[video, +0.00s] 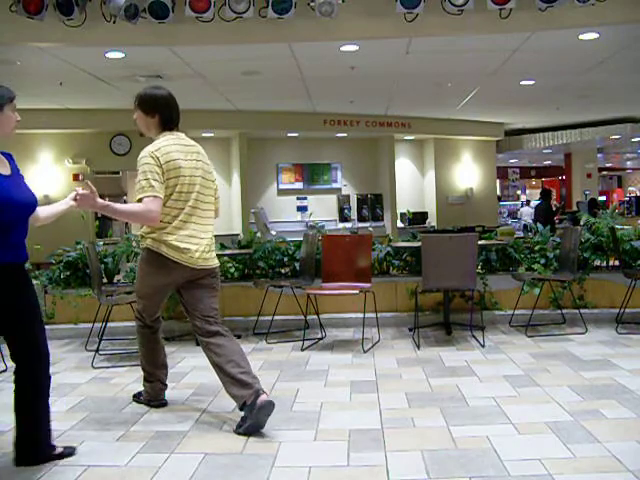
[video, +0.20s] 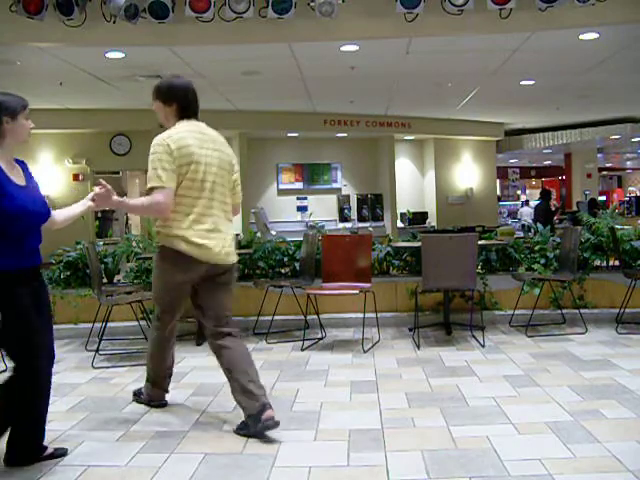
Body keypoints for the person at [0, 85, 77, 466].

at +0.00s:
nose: (18, 117)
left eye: (16, 110)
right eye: (13, 110)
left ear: (5, 116)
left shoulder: (8, 162)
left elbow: (32, 217)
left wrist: (72, 201)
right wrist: (70, 202)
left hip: (14, 274)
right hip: (3, 275)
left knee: (33, 358)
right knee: (31, 358)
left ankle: (34, 447)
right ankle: (32, 447)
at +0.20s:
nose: (31, 124)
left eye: (29, 117)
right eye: (26, 118)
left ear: (11, 124)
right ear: (6, 124)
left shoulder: (20, 167)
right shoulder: (1, 169)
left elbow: (50, 219)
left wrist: (90, 202)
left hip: (29, 278)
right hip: (6, 281)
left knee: (40, 360)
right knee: (30, 363)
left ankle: (26, 449)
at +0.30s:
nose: (39, 122)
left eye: (37, 115)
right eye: (33, 115)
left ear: (17, 121)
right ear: (14, 121)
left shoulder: (25, 164)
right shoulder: (0, 165)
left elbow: (57, 216)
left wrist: (99, 199)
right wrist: (11, 291)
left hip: (32, 277)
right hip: (14, 281)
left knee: (36, 358)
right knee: (61, 354)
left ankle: (25, 445)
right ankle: (17, 446)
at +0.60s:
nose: (68, 122)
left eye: (66, 116)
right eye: (62, 116)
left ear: (41, 124)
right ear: (43, 123)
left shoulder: (40, 164)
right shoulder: (32, 166)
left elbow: (86, 206)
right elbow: (34, 229)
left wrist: (133, 191)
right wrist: (88, 260)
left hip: (30, 273)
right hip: (38, 275)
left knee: (30, 361)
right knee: (79, 355)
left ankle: (20, 447)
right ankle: (122, 431)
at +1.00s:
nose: (117, 124)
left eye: (115, 118)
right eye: (110, 119)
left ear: (89, 127)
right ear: (90, 125)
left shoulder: (87, 162)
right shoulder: (87, 165)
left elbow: (127, 206)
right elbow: (99, 226)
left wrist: (177, 197)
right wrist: (153, 227)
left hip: (81, 265)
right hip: (97, 266)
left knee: (97, 348)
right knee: (127, 352)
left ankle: (45, 424)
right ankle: (123, 432)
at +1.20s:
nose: (136, 132)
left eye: (136, 125)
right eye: (130, 126)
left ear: (116, 132)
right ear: (108, 131)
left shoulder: (118, 168)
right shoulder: (103, 170)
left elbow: (141, 218)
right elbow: (116, 228)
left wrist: (184, 214)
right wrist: (175, 226)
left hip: (127, 268)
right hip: (113, 270)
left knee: (157, 339)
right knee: (145, 345)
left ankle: (128, 425)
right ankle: (124, 432)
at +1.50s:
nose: (167, 126)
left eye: (169, 120)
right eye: (159, 121)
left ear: (170, 127)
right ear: (140, 128)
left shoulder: (172, 166)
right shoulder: (130, 163)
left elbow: (180, 210)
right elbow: (132, 219)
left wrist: (205, 216)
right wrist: (182, 218)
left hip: (171, 263)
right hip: (139, 264)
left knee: (196, 336)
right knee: (140, 349)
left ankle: (217, 403)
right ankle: (124, 431)